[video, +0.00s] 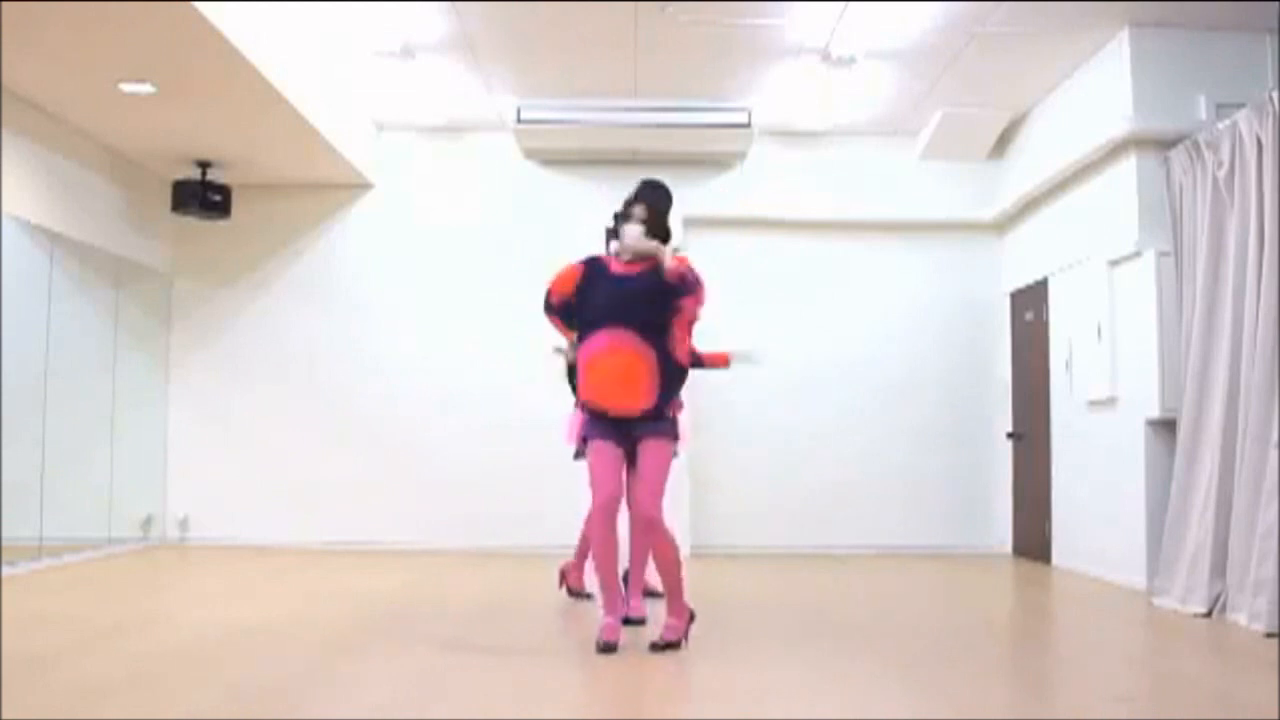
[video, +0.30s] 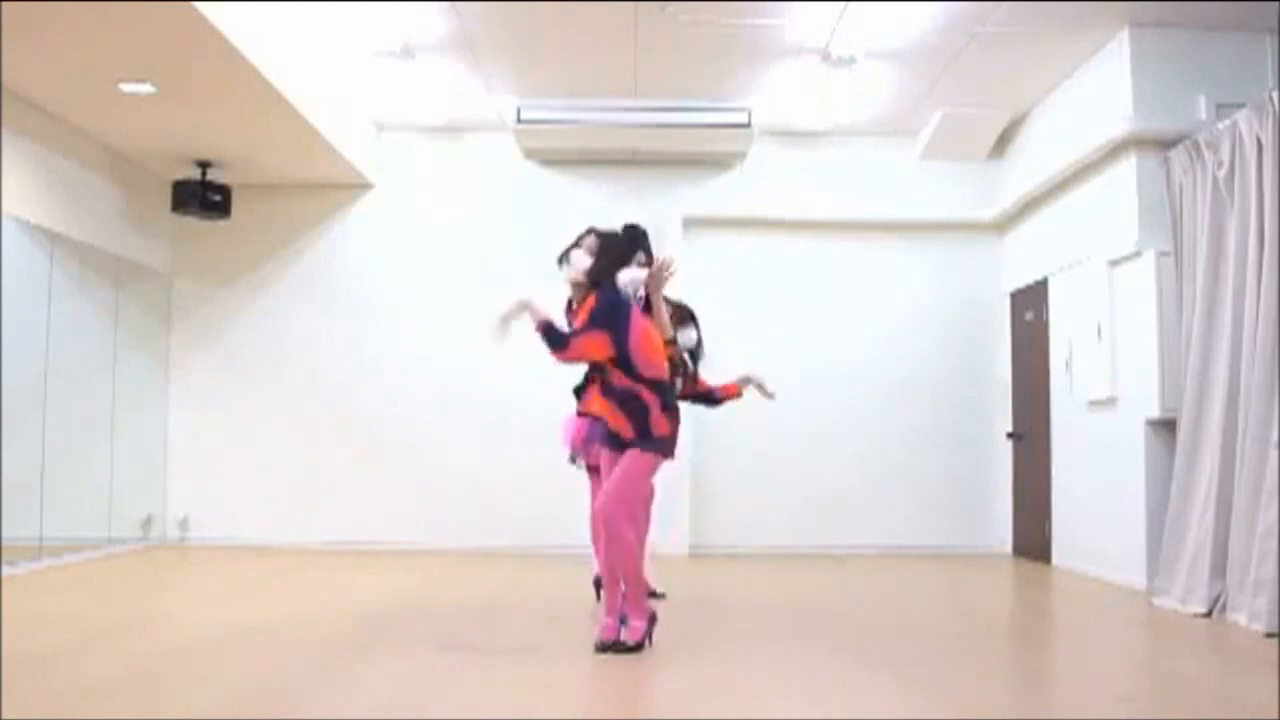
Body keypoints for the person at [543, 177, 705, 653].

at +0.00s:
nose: (637, 229)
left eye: (646, 222)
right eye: (631, 219)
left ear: (662, 229)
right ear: (618, 221)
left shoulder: (675, 278)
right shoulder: (591, 271)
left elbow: (687, 299)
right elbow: (554, 304)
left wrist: (665, 263)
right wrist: (579, 340)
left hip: (657, 406)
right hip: (601, 404)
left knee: (646, 509)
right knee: (605, 501)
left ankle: (677, 608)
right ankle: (612, 610)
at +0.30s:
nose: (573, 257)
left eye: (585, 252)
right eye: (576, 249)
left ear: (601, 265)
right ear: (576, 261)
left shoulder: (610, 303)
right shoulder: (586, 306)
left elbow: (569, 349)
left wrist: (536, 315)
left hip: (651, 425)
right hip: (617, 424)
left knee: (613, 508)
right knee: (609, 515)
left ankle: (637, 614)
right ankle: (614, 617)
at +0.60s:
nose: (538, 277)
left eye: (549, 271)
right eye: (539, 269)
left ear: (568, 279)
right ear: (538, 274)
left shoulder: (582, 316)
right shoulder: (554, 320)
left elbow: (583, 371)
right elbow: (572, 368)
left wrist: (531, 356)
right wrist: (528, 355)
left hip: (641, 431)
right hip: (605, 431)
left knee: (603, 512)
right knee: (604, 520)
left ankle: (644, 613)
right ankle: (614, 618)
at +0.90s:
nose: (521, 258)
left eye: (528, 248)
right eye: (514, 248)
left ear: (545, 251)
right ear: (506, 254)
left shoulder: (568, 288)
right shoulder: (507, 307)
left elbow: (600, 345)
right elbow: (501, 371)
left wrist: (599, 402)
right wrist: (489, 333)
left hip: (577, 430)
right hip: (530, 431)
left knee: (574, 535)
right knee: (475, 512)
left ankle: (645, 613)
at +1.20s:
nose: (466, 230)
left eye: (475, 223)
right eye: (460, 222)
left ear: (490, 229)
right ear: (451, 226)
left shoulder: (512, 283)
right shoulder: (440, 281)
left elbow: (524, 343)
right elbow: (440, 328)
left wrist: (521, 397)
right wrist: (453, 282)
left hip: (490, 401)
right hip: (442, 395)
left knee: (469, 507)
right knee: (424, 506)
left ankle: (481, 606)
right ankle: (413, 603)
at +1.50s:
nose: (433, 233)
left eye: (441, 226)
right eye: (426, 225)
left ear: (454, 231)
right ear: (414, 229)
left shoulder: (473, 282)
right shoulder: (398, 276)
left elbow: (515, 298)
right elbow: (396, 323)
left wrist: (544, 307)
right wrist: (422, 277)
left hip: (439, 411)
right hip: (392, 406)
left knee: (377, 495)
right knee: (406, 507)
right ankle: (426, 602)